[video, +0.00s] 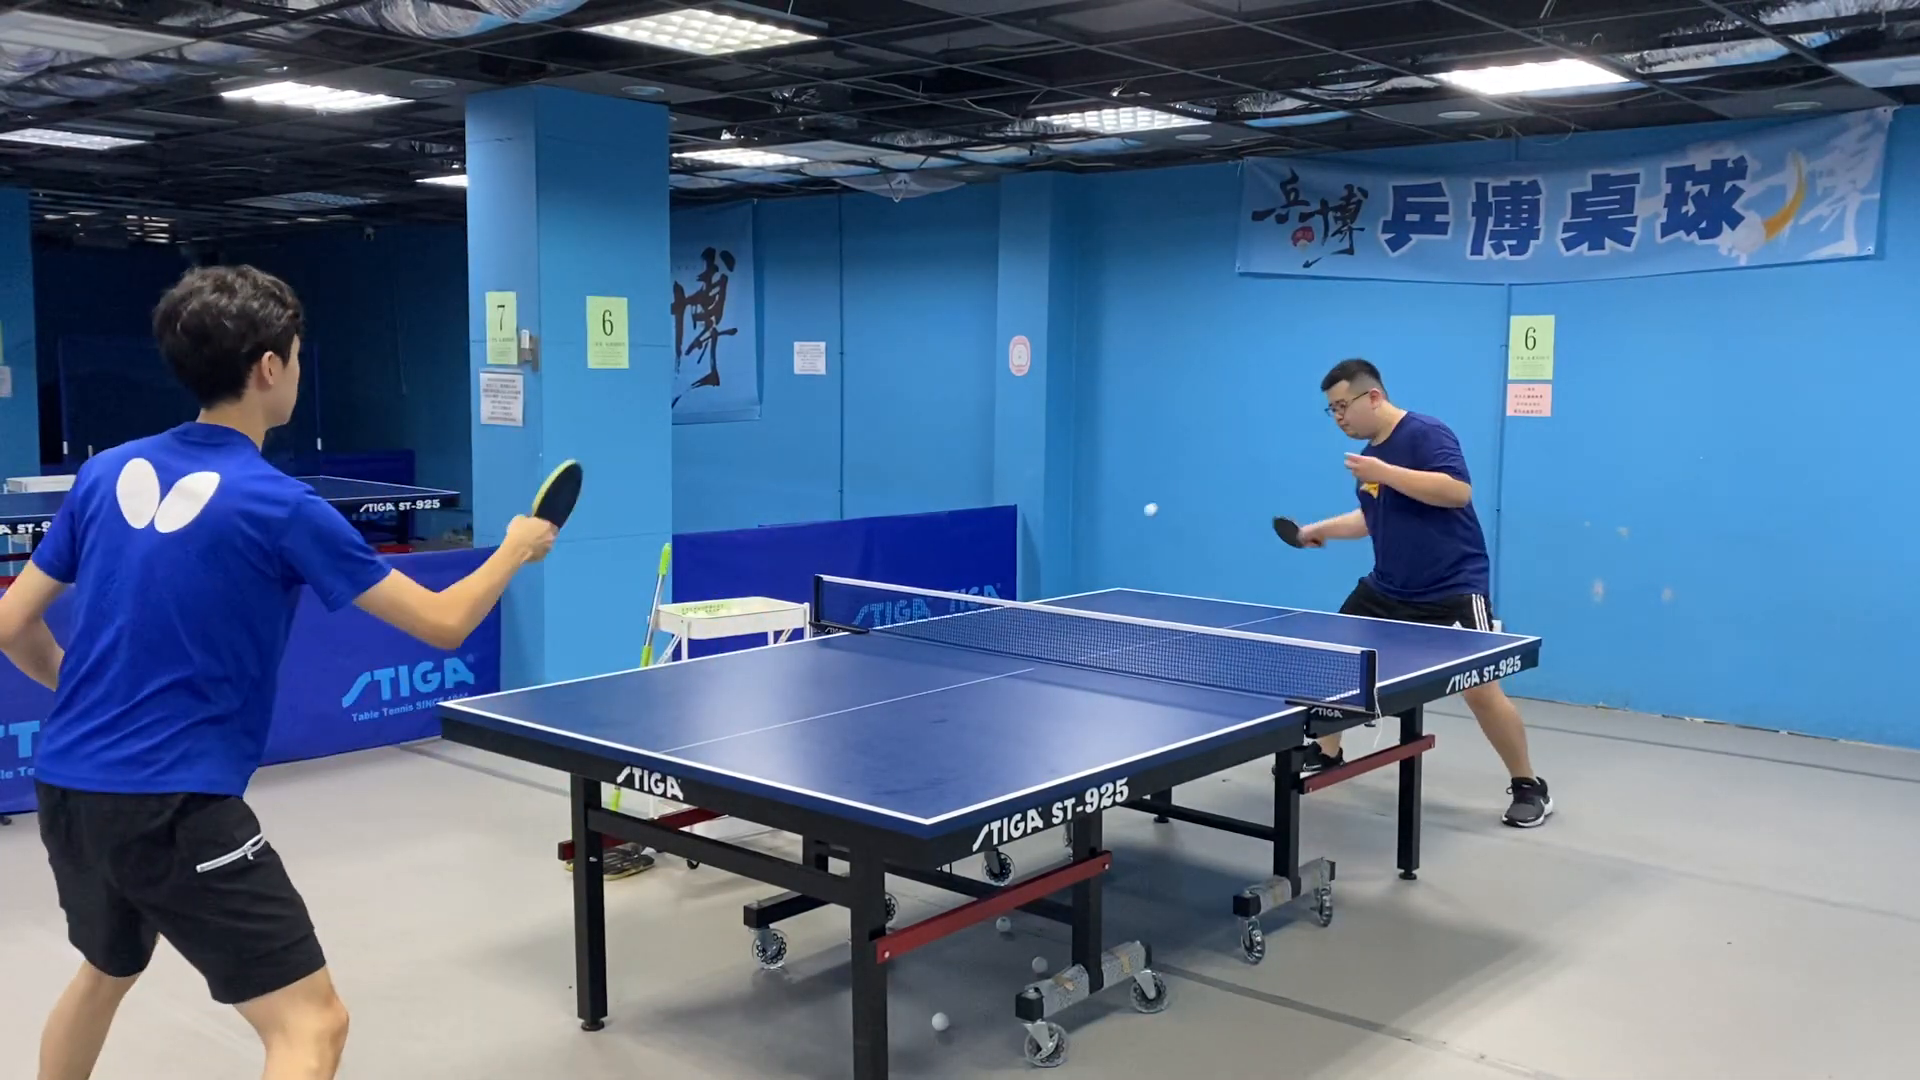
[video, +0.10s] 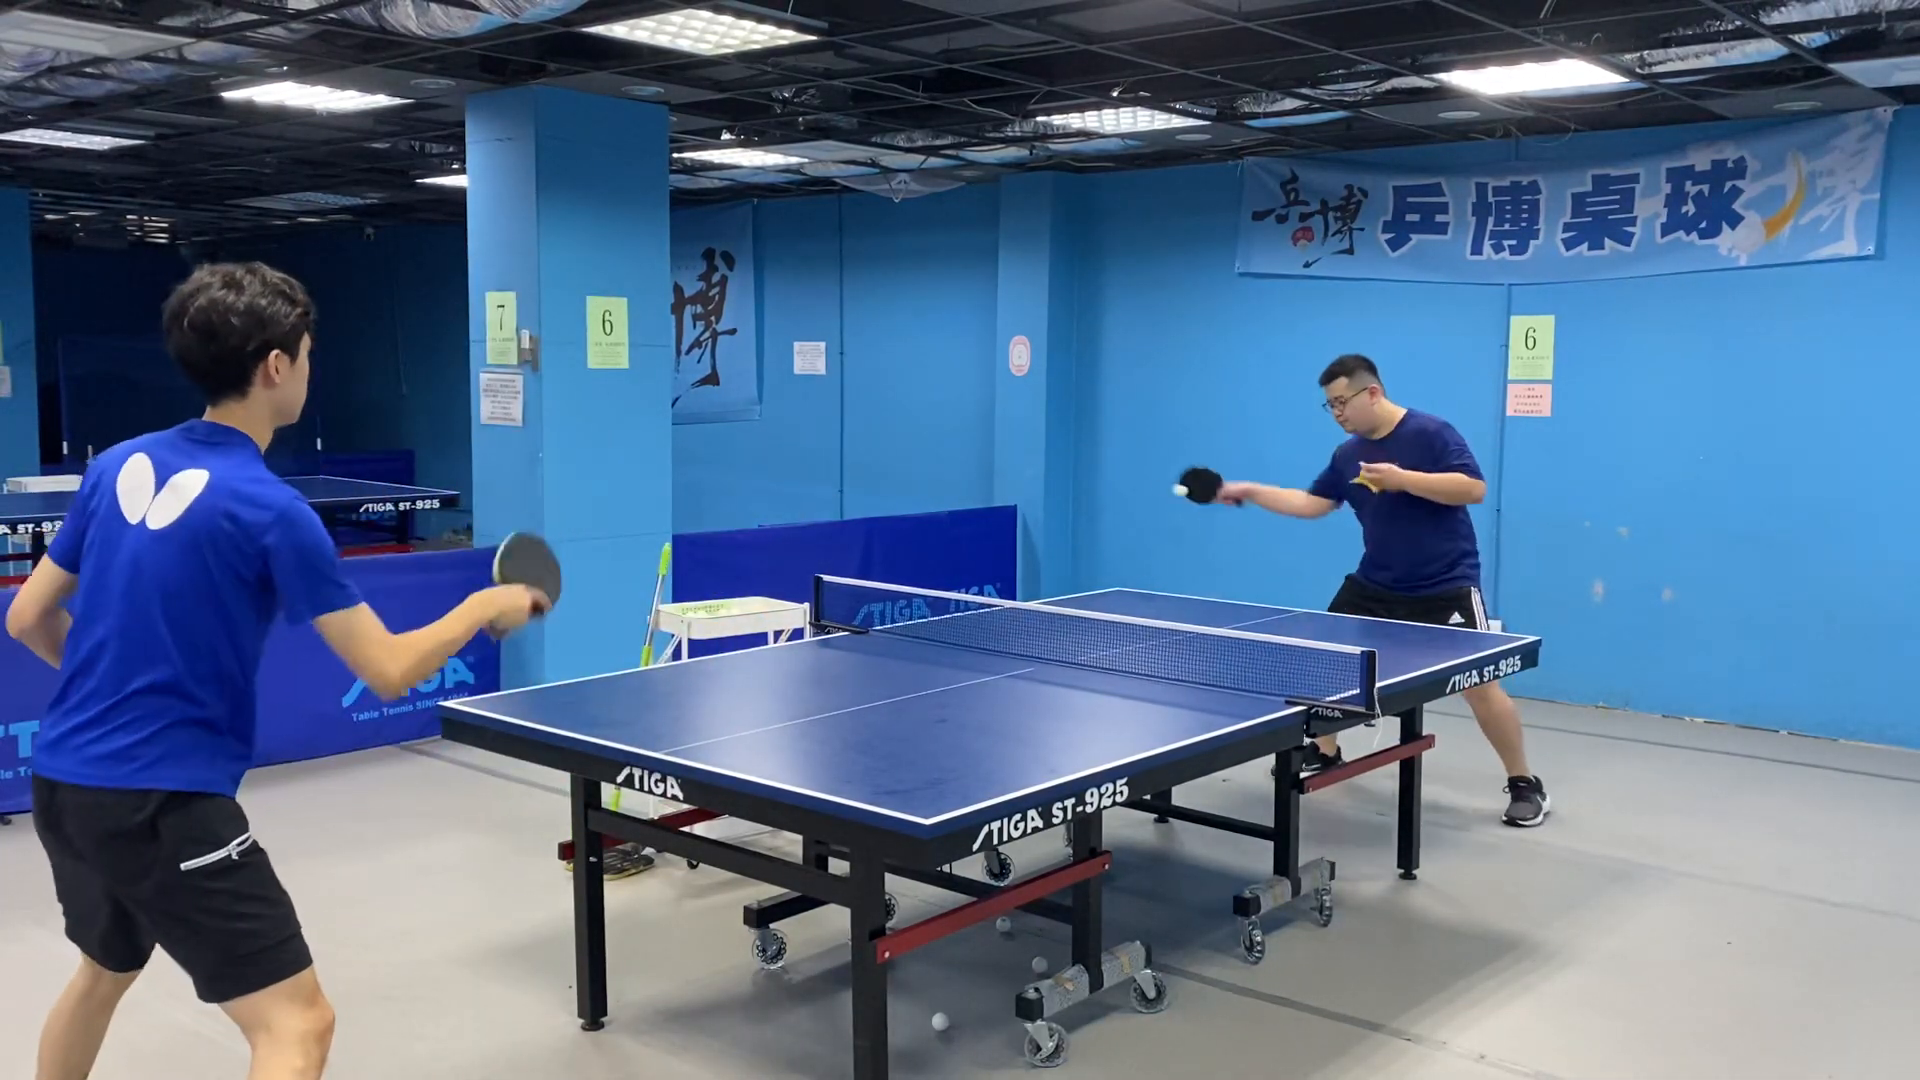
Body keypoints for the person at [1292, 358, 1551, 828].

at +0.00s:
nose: (1337, 419)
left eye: (1341, 407)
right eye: (1332, 411)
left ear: (1374, 398)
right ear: (1364, 405)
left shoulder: (1428, 433)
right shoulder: (1367, 455)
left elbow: (1459, 492)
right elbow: (1374, 518)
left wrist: (1385, 474)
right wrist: (1321, 530)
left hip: (1453, 590)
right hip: (1386, 588)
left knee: (1479, 688)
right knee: (1327, 658)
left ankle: (1526, 785)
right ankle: (1327, 751)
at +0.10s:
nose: (1335, 415)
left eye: (1341, 403)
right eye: (1331, 406)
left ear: (1374, 394)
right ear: (1341, 406)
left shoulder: (1431, 433)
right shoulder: (1348, 455)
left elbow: (1474, 488)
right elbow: (1313, 503)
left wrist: (1402, 479)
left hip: (1445, 589)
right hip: (1372, 587)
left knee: (1479, 683)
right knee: (1316, 657)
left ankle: (1523, 783)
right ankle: (1324, 750)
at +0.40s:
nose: (1357, 406)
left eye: (1368, 397)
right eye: (1351, 398)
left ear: (1396, 394)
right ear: (1347, 399)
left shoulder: (1442, 442)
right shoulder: (1343, 445)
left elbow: (1481, 499)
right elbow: (1311, 503)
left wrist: (1438, 489)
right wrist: (1329, 484)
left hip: (1434, 589)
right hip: (1357, 587)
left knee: (1475, 670)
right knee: (1310, 656)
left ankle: (1510, 775)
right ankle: (1324, 751)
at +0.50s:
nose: (1367, 408)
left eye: (1377, 399)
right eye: (1360, 400)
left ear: (1405, 398)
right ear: (1355, 403)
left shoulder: (1448, 447)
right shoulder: (1350, 454)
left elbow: (1488, 508)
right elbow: (1327, 516)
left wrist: (1447, 499)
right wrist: (1316, 504)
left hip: (1441, 594)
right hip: (1364, 591)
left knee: (1479, 675)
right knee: (1315, 660)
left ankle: (1510, 776)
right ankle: (1325, 752)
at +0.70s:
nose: (1377, 392)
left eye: (1388, 383)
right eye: (1370, 384)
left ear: (1416, 383)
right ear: (1364, 387)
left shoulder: (1458, 435)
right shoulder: (1363, 441)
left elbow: (1496, 494)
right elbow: (1350, 501)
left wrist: (1440, 496)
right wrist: (1319, 511)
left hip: (1450, 591)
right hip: (1375, 586)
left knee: (1480, 677)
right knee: (1325, 656)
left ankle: (1510, 776)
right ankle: (1327, 751)